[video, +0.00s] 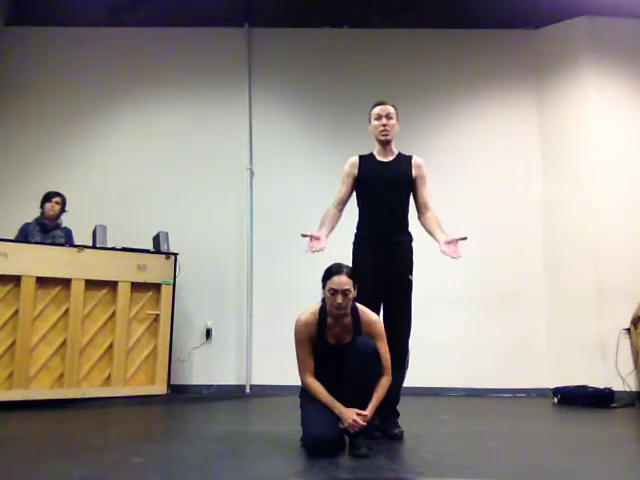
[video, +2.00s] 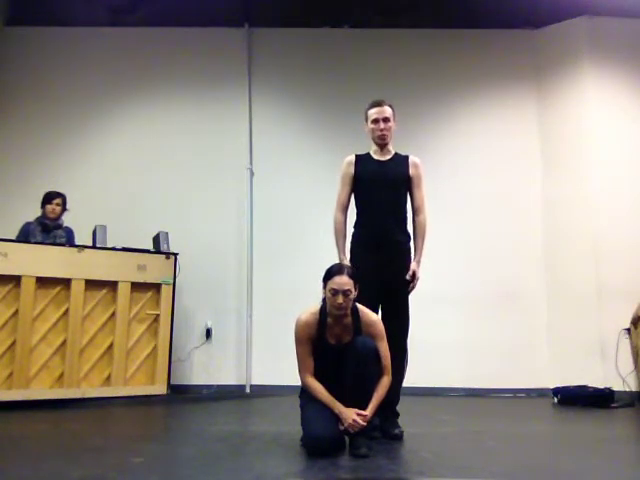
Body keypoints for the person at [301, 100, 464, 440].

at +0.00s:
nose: (384, 122)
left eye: (389, 117)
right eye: (378, 118)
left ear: (398, 124)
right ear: (370, 126)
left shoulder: (414, 166)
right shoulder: (356, 165)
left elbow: (425, 210)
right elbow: (337, 206)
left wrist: (442, 237)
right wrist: (323, 232)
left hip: (399, 259)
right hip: (365, 258)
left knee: (397, 339)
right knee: (361, 337)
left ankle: (389, 416)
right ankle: (360, 417)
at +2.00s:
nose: (381, 126)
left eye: (386, 120)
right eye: (375, 121)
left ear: (394, 124)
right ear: (366, 127)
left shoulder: (411, 166)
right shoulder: (353, 164)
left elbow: (420, 215)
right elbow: (340, 213)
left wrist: (417, 259)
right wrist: (343, 260)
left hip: (397, 259)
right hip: (363, 260)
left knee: (396, 339)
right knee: (359, 339)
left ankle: (389, 416)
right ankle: (359, 417)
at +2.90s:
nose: (383, 124)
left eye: (387, 118)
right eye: (377, 119)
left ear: (395, 124)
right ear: (368, 126)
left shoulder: (411, 166)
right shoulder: (353, 165)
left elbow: (421, 215)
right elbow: (333, 210)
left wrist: (419, 259)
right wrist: (350, 213)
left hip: (396, 259)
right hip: (363, 259)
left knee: (395, 339)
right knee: (360, 338)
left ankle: (388, 415)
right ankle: (360, 416)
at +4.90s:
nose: (381, 124)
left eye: (386, 119)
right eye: (375, 120)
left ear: (394, 126)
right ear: (366, 127)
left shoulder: (409, 166)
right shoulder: (353, 163)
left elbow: (419, 215)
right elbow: (332, 205)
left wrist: (416, 259)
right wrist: (366, 177)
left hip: (395, 257)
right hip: (362, 257)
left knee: (395, 337)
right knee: (358, 336)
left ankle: (388, 415)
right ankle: (359, 416)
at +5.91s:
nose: (381, 127)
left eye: (386, 121)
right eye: (375, 122)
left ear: (394, 126)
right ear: (366, 128)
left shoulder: (409, 167)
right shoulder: (353, 164)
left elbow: (419, 215)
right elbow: (332, 205)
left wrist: (416, 259)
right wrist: (366, 176)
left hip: (394, 258)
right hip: (361, 257)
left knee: (394, 337)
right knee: (358, 336)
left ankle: (388, 415)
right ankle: (358, 416)